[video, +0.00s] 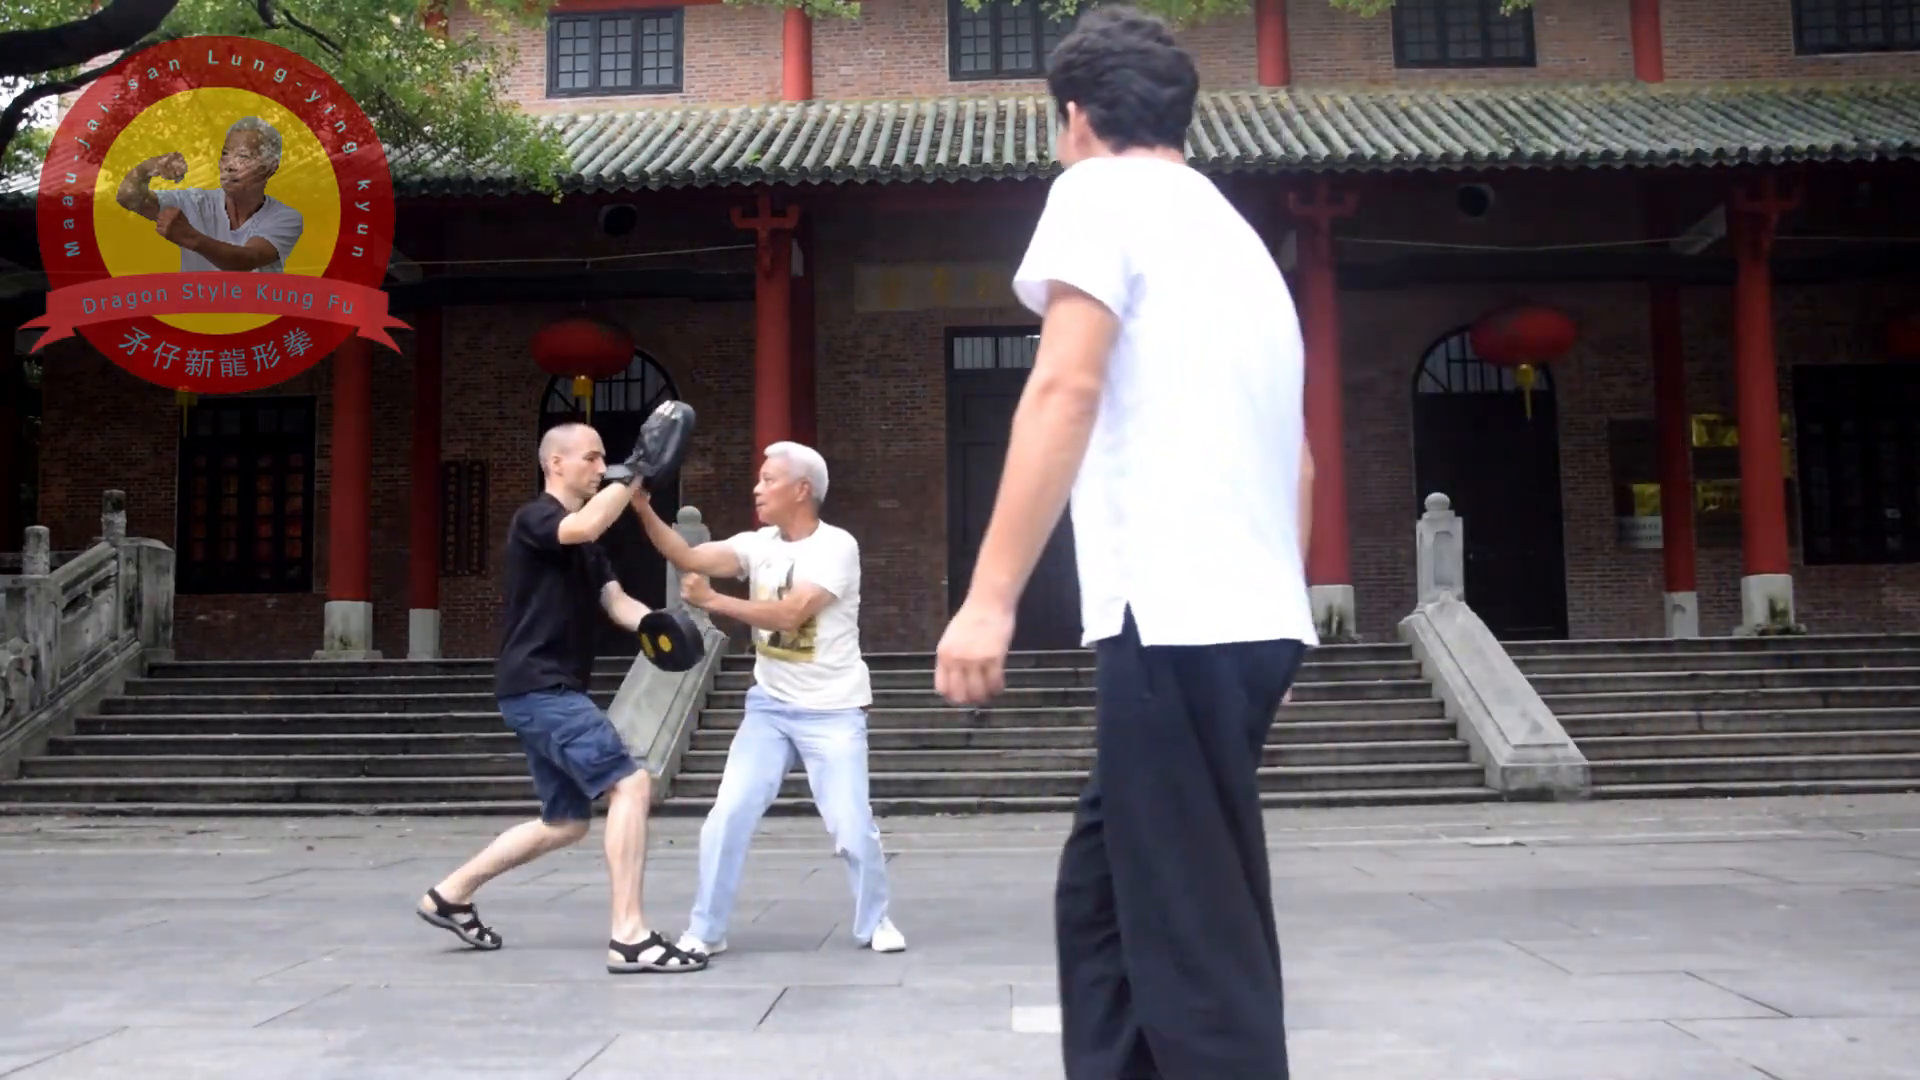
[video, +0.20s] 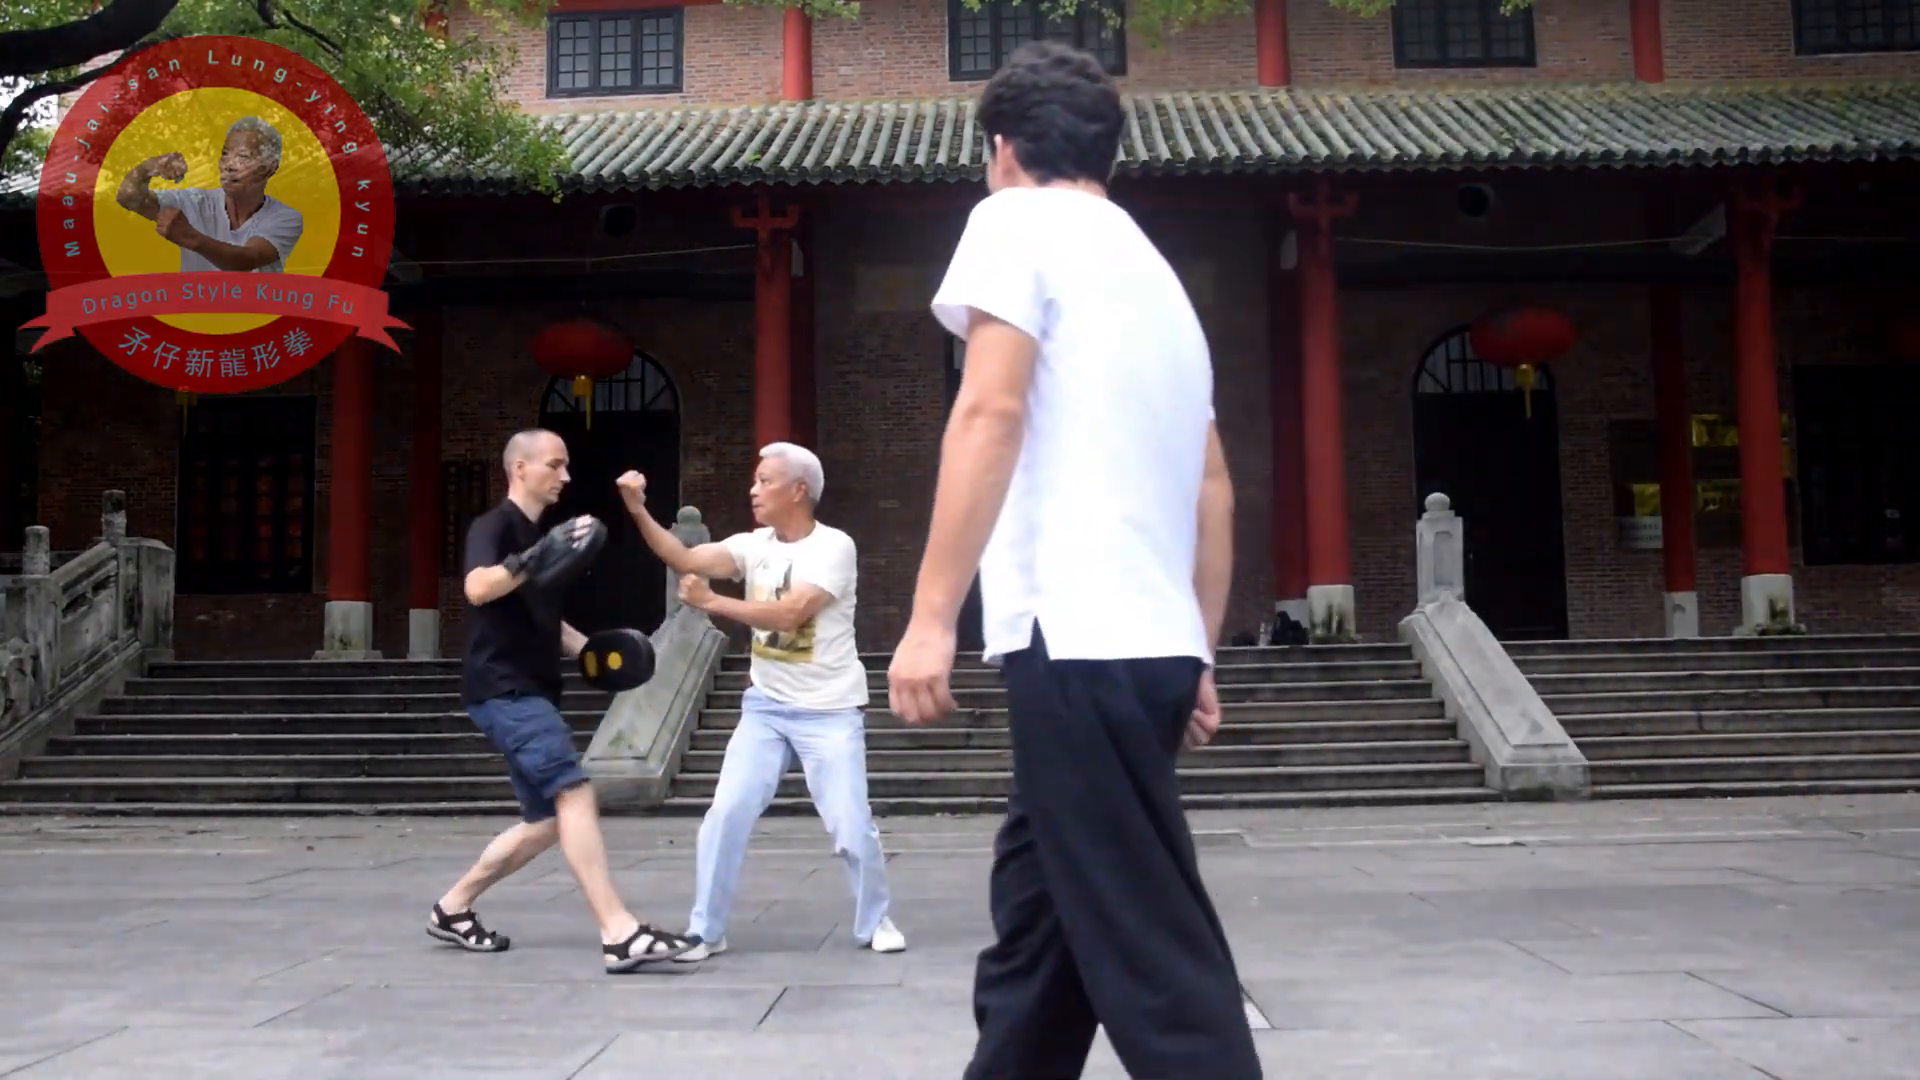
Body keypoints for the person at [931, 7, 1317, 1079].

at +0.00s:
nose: (1055, 146)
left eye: (1054, 125)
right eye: (1053, 127)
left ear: (1083, 118)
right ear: (1175, 121)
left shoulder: (1098, 196)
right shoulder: (1240, 243)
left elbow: (1066, 388)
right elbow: (1297, 462)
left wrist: (990, 597)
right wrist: (1270, 619)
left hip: (1172, 624)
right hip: (1251, 623)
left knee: (1187, 924)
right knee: (1098, 895)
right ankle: (1112, 1072)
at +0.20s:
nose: (984, 170)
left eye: (985, 152)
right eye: (984, 153)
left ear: (1008, 150)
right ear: (1105, 157)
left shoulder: (1018, 221)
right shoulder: (1155, 275)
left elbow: (990, 411)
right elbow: (1211, 481)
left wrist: (931, 615)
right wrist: (1199, 652)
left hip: (1075, 642)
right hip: (1148, 645)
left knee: (1146, 948)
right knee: (1041, 945)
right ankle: (1006, 1076)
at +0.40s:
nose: (920, 177)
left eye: (922, 163)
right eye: (921, 163)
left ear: (942, 160)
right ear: (1040, 176)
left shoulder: (940, 220)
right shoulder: (1081, 292)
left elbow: (917, 400)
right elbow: (1119, 493)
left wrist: (869, 594)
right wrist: (1100, 636)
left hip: (988, 635)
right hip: (1076, 643)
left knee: (1013, 919)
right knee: (998, 921)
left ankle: (1143, 1068)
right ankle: (986, 1077)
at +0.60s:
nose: (872, 189)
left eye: (872, 178)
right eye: (874, 180)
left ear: (892, 176)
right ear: (987, 188)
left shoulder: (885, 230)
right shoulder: (1025, 304)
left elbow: (848, 407)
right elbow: (1057, 502)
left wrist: (784, 590)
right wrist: (1017, 623)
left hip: (923, 635)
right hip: (1025, 642)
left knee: (891, 892)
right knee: (988, 889)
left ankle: (1061, 1069)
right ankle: (980, 1067)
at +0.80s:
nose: (824, 199)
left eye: (825, 188)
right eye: (828, 188)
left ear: (846, 184)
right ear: (941, 199)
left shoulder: (841, 239)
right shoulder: (981, 316)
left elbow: (801, 414)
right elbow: (1013, 511)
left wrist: (730, 582)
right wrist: (977, 630)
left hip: (881, 635)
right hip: (978, 644)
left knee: (810, 900)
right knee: (953, 912)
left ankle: (849, 1067)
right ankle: (964, 1071)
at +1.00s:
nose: (768, 203)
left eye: (769, 190)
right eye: (770, 192)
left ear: (790, 190)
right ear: (886, 202)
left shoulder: (779, 248)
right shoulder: (929, 315)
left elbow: (751, 419)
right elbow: (967, 503)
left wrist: (696, 601)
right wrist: (945, 633)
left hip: (821, 641)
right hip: (929, 648)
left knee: (734, 922)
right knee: (926, 922)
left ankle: (695, 1065)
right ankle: (949, 1071)